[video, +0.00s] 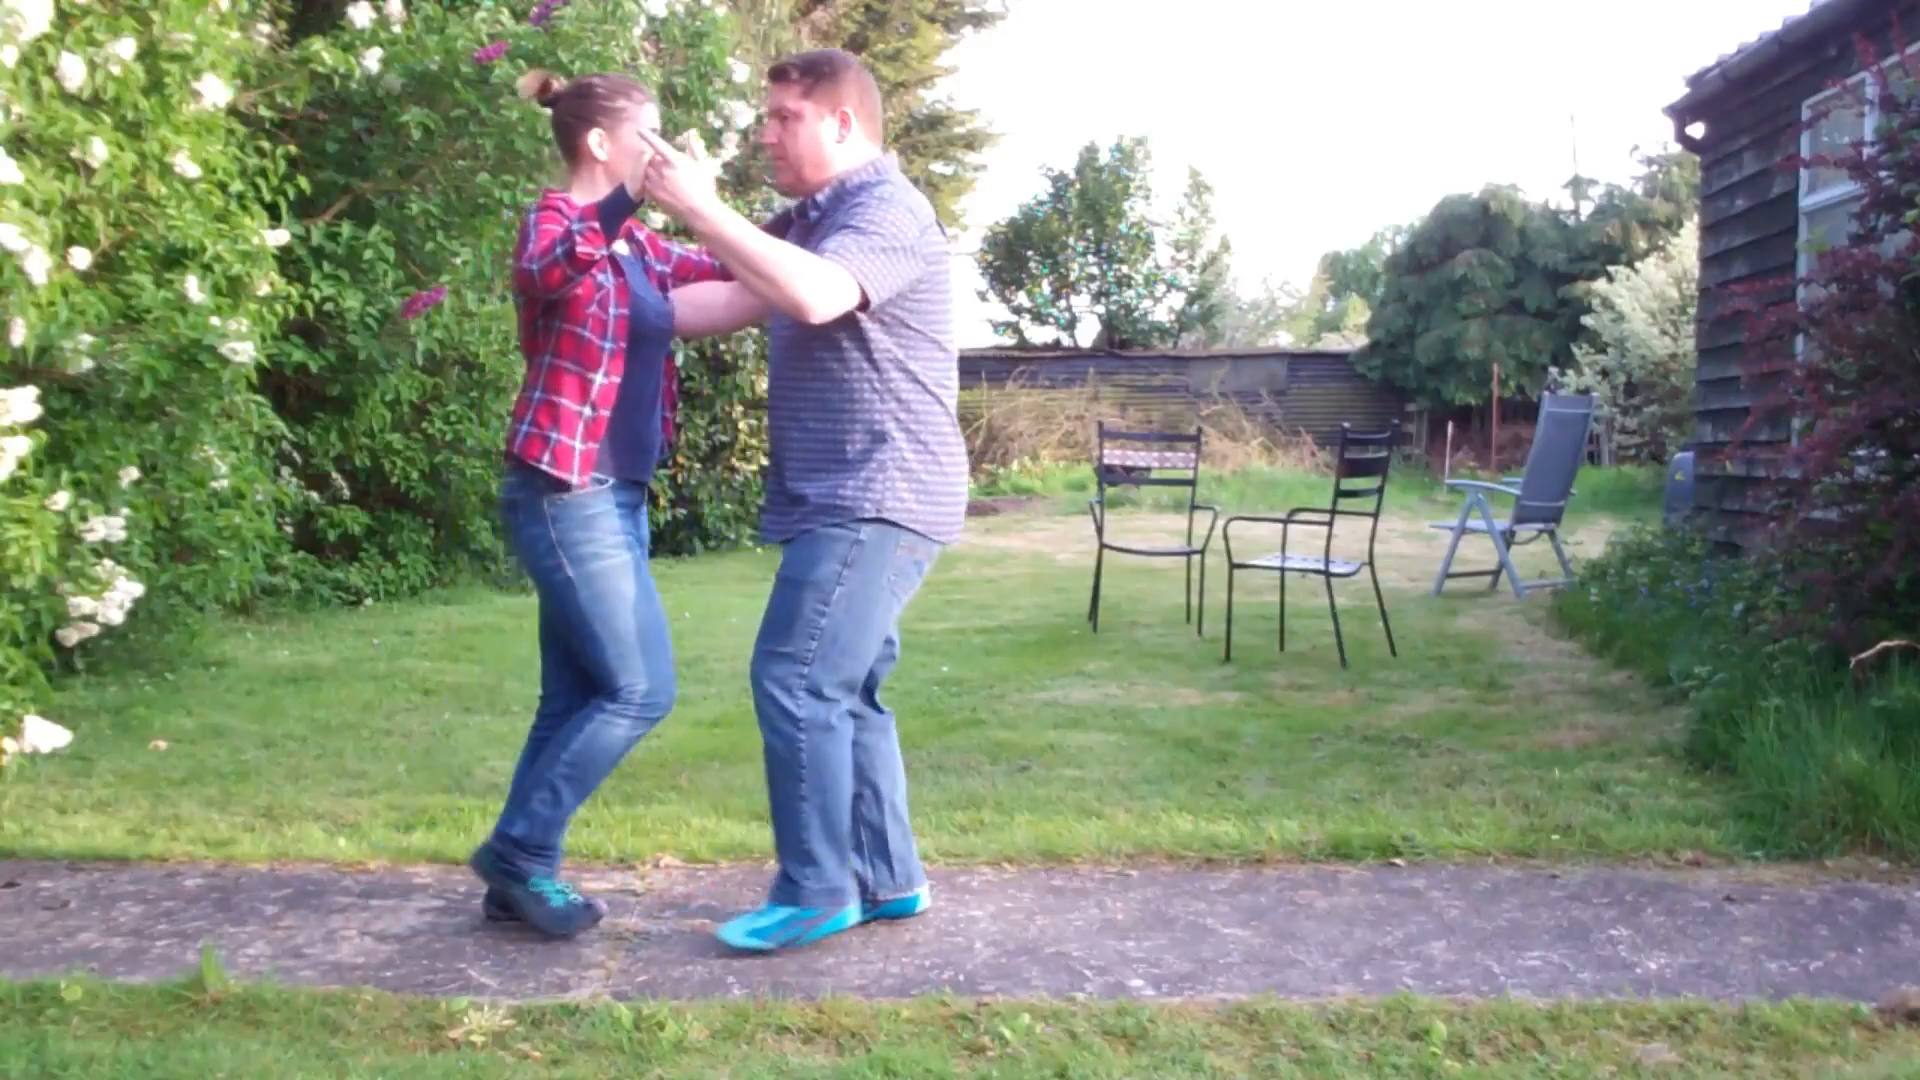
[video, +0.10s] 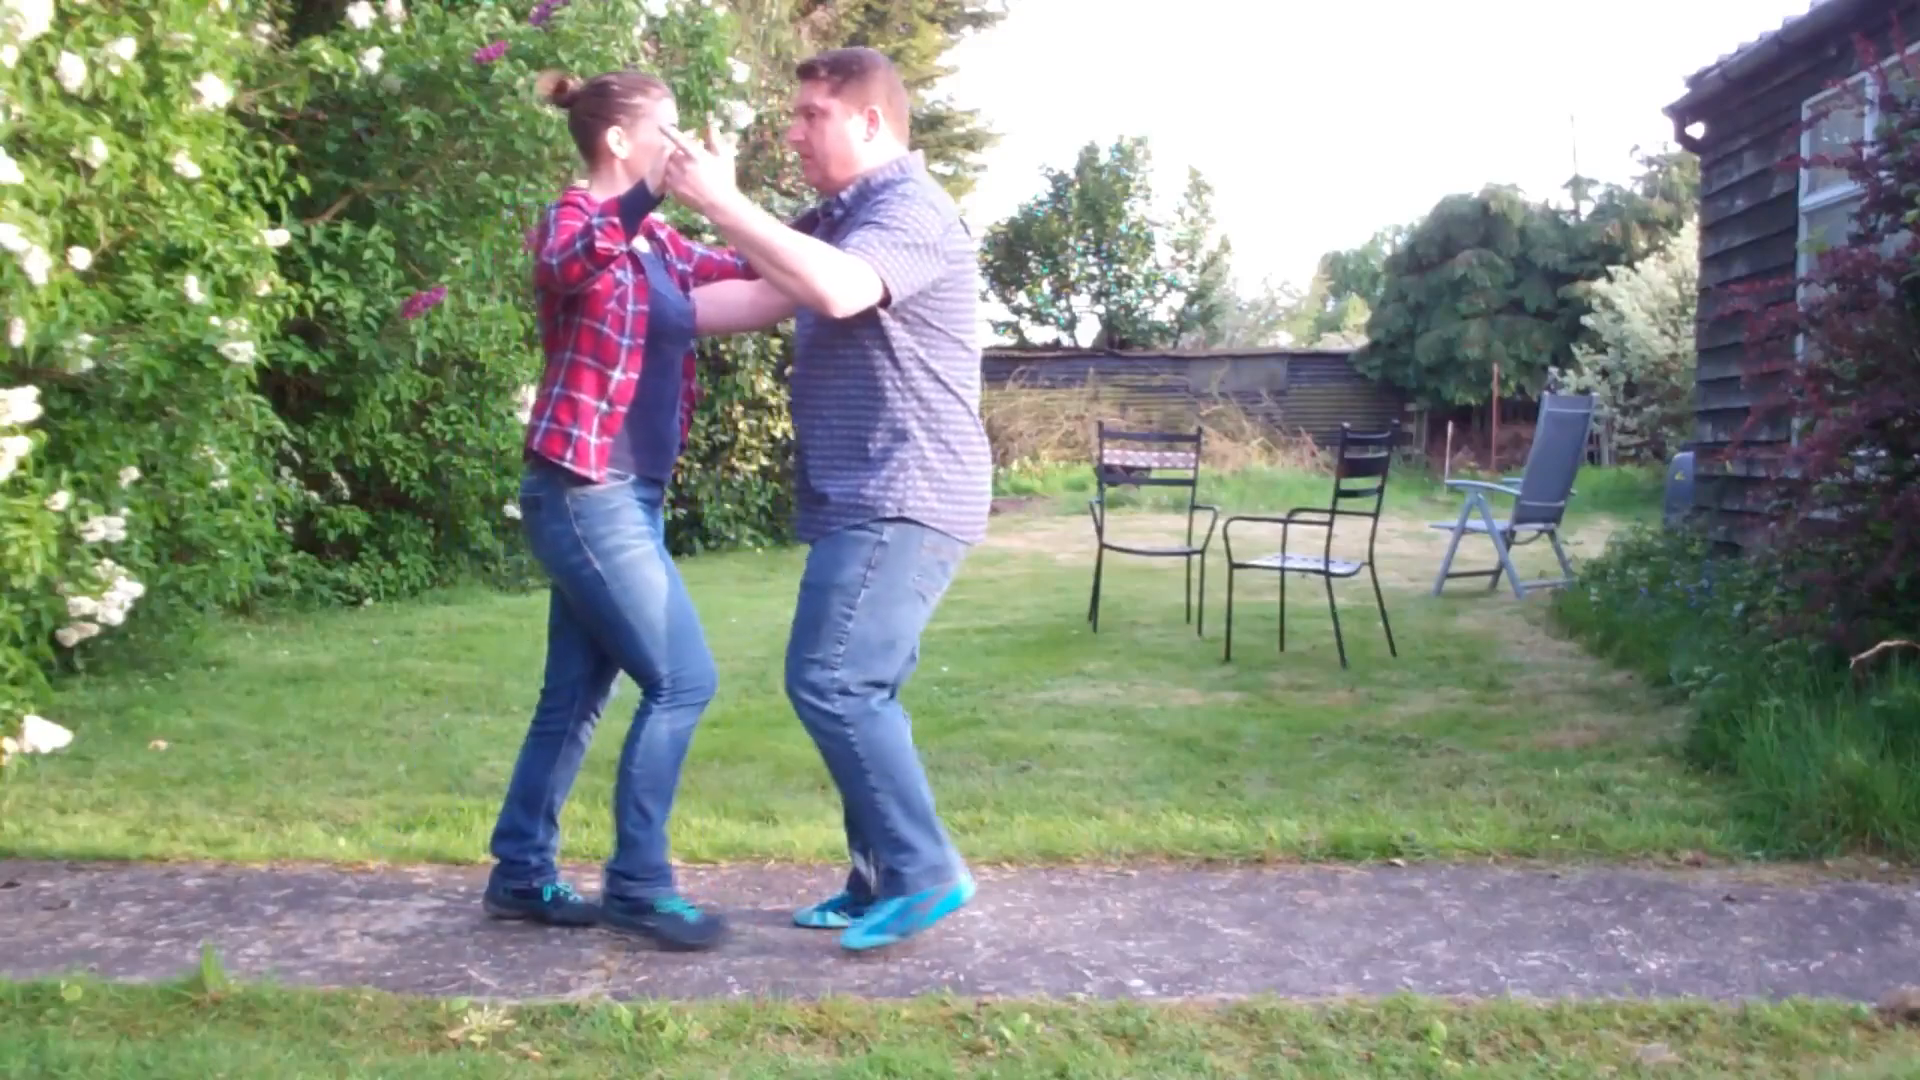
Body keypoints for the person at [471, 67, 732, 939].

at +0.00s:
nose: (660, 150)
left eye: (658, 134)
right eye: (647, 134)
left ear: (604, 143)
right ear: (599, 141)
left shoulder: (639, 241)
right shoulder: (550, 221)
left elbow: (725, 265)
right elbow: (545, 276)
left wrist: (801, 232)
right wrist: (615, 201)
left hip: (618, 491)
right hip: (561, 488)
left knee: (575, 693)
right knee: (639, 690)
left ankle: (519, 870)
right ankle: (518, 859)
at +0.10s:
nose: (677, 144)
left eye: (675, 129)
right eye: (664, 129)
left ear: (622, 137)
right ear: (617, 138)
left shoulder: (660, 240)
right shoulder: (569, 217)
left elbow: (747, 267)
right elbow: (561, 266)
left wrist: (825, 243)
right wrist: (647, 194)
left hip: (630, 489)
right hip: (581, 489)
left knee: (572, 698)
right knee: (684, 679)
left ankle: (520, 871)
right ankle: (639, 884)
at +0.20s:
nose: (699, 138)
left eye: (697, 123)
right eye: (683, 123)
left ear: (645, 133)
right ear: (639, 135)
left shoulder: (684, 242)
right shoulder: (597, 214)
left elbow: (773, 264)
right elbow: (585, 262)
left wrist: (846, 234)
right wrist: (672, 186)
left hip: (656, 488)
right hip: (609, 487)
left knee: (585, 696)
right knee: (714, 683)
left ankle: (522, 866)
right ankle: (706, 896)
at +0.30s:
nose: (722, 138)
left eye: (722, 124)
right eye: (710, 123)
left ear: (671, 137)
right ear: (664, 134)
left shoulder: (711, 238)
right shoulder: (623, 217)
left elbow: (808, 268)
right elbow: (625, 263)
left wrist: (877, 238)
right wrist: (702, 185)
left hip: (682, 484)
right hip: (647, 485)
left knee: (625, 693)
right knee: (738, 689)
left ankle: (534, 856)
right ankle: (708, 899)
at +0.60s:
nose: (801, 140)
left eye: (800, 125)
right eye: (786, 124)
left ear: (749, 141)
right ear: (737, 136)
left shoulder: (787, 244)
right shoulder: (702, 223)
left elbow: (889, 266)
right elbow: (702, 283)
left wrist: (974, 234)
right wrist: (789, 198)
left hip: (775, 495)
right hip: (722, 493)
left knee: (848, 680)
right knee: (766, 704)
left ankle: (780, 870)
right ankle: (704, 901)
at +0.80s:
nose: (838, 140)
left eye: (837, 124)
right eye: (824, 123)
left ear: (786, 138)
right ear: (775, 133)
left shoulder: (824, 237)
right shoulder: (736, 219)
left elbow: (920, 261)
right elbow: (746, 285)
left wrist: (1006, 227)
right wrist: (829, 196)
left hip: (831, 497)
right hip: (768, 499)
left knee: (898, 680)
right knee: (805, 707)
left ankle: (877, 883)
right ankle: (714, 888)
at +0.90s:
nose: (851, 142)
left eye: (850, 126)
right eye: (837, 124)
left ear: (799, 138)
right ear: (786, 133)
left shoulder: (834, 236)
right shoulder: (748, 220)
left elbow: (931, 262)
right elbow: (760, 285)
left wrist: (1019, 230)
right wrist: (837, 198)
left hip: (857, 491)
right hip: (794, 494)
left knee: (905, 686)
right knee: (847, 702)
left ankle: (877, 887)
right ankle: (728, 877)